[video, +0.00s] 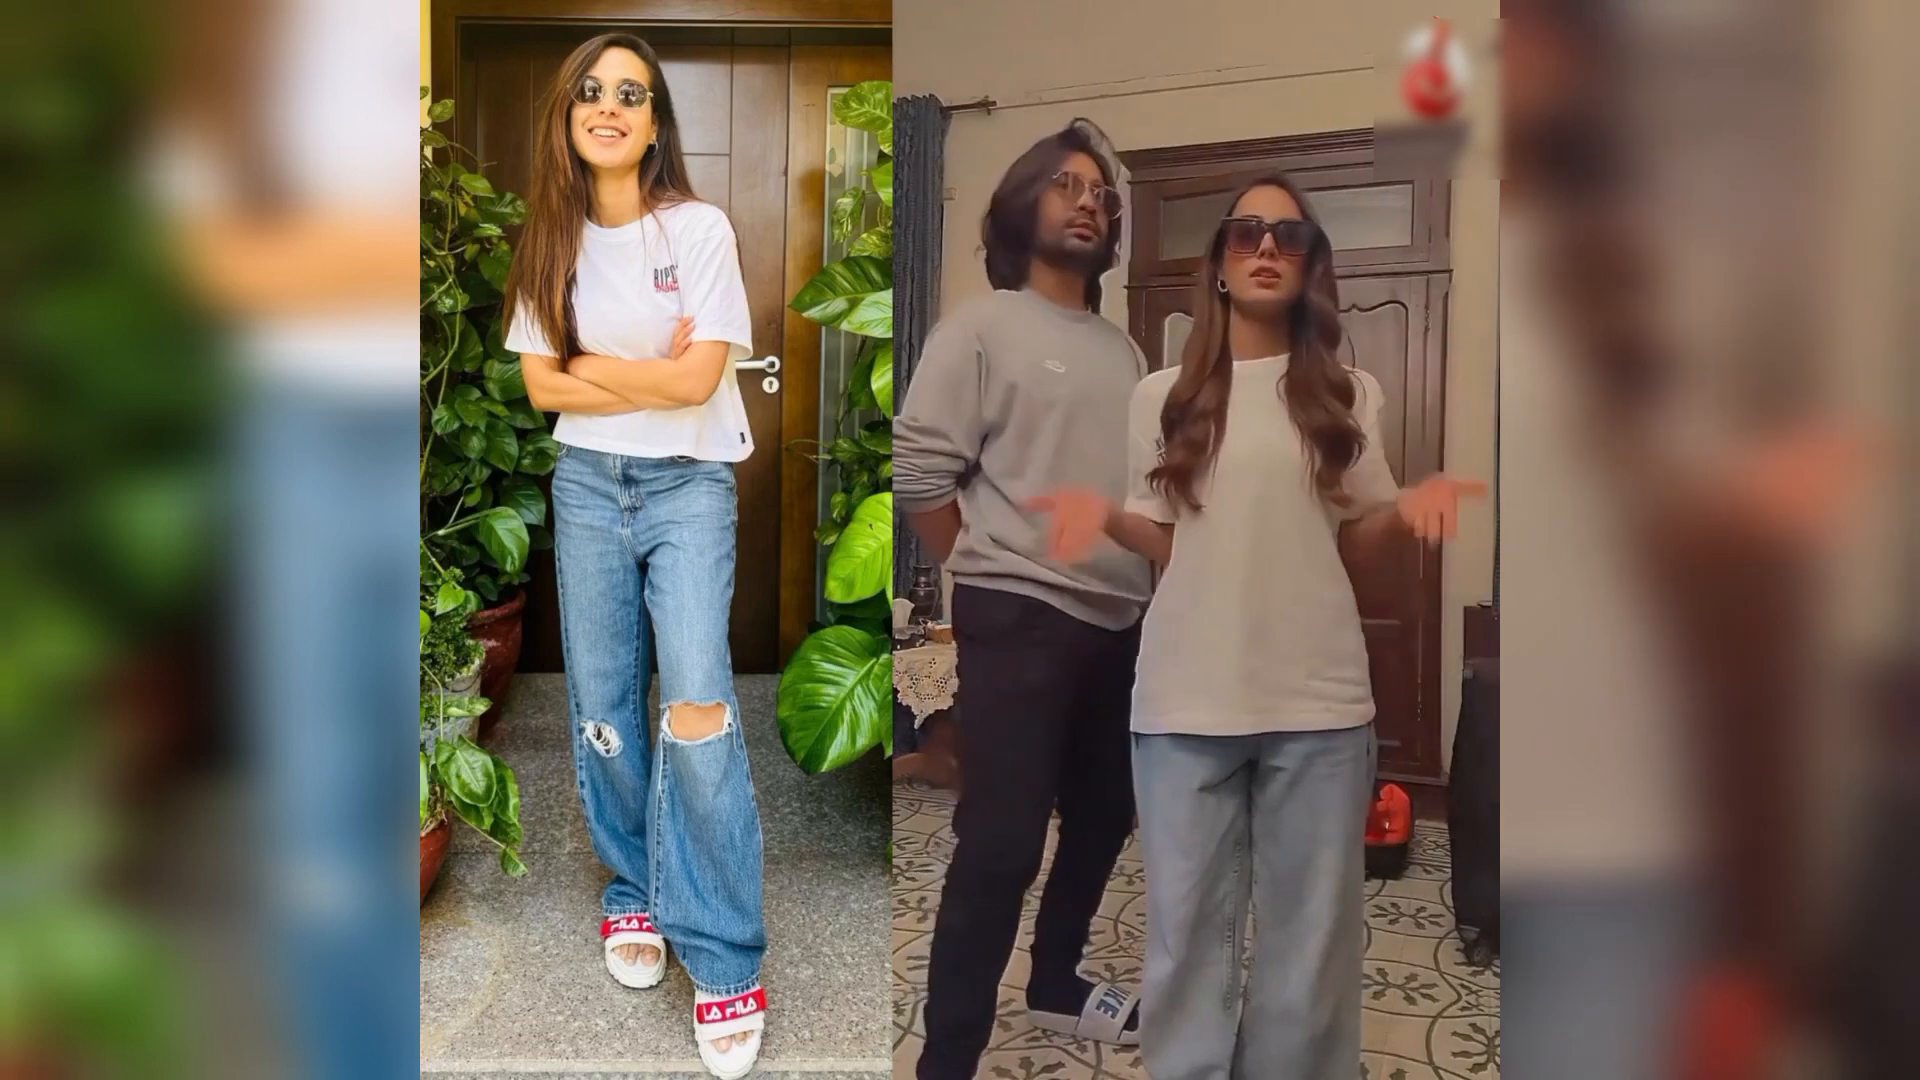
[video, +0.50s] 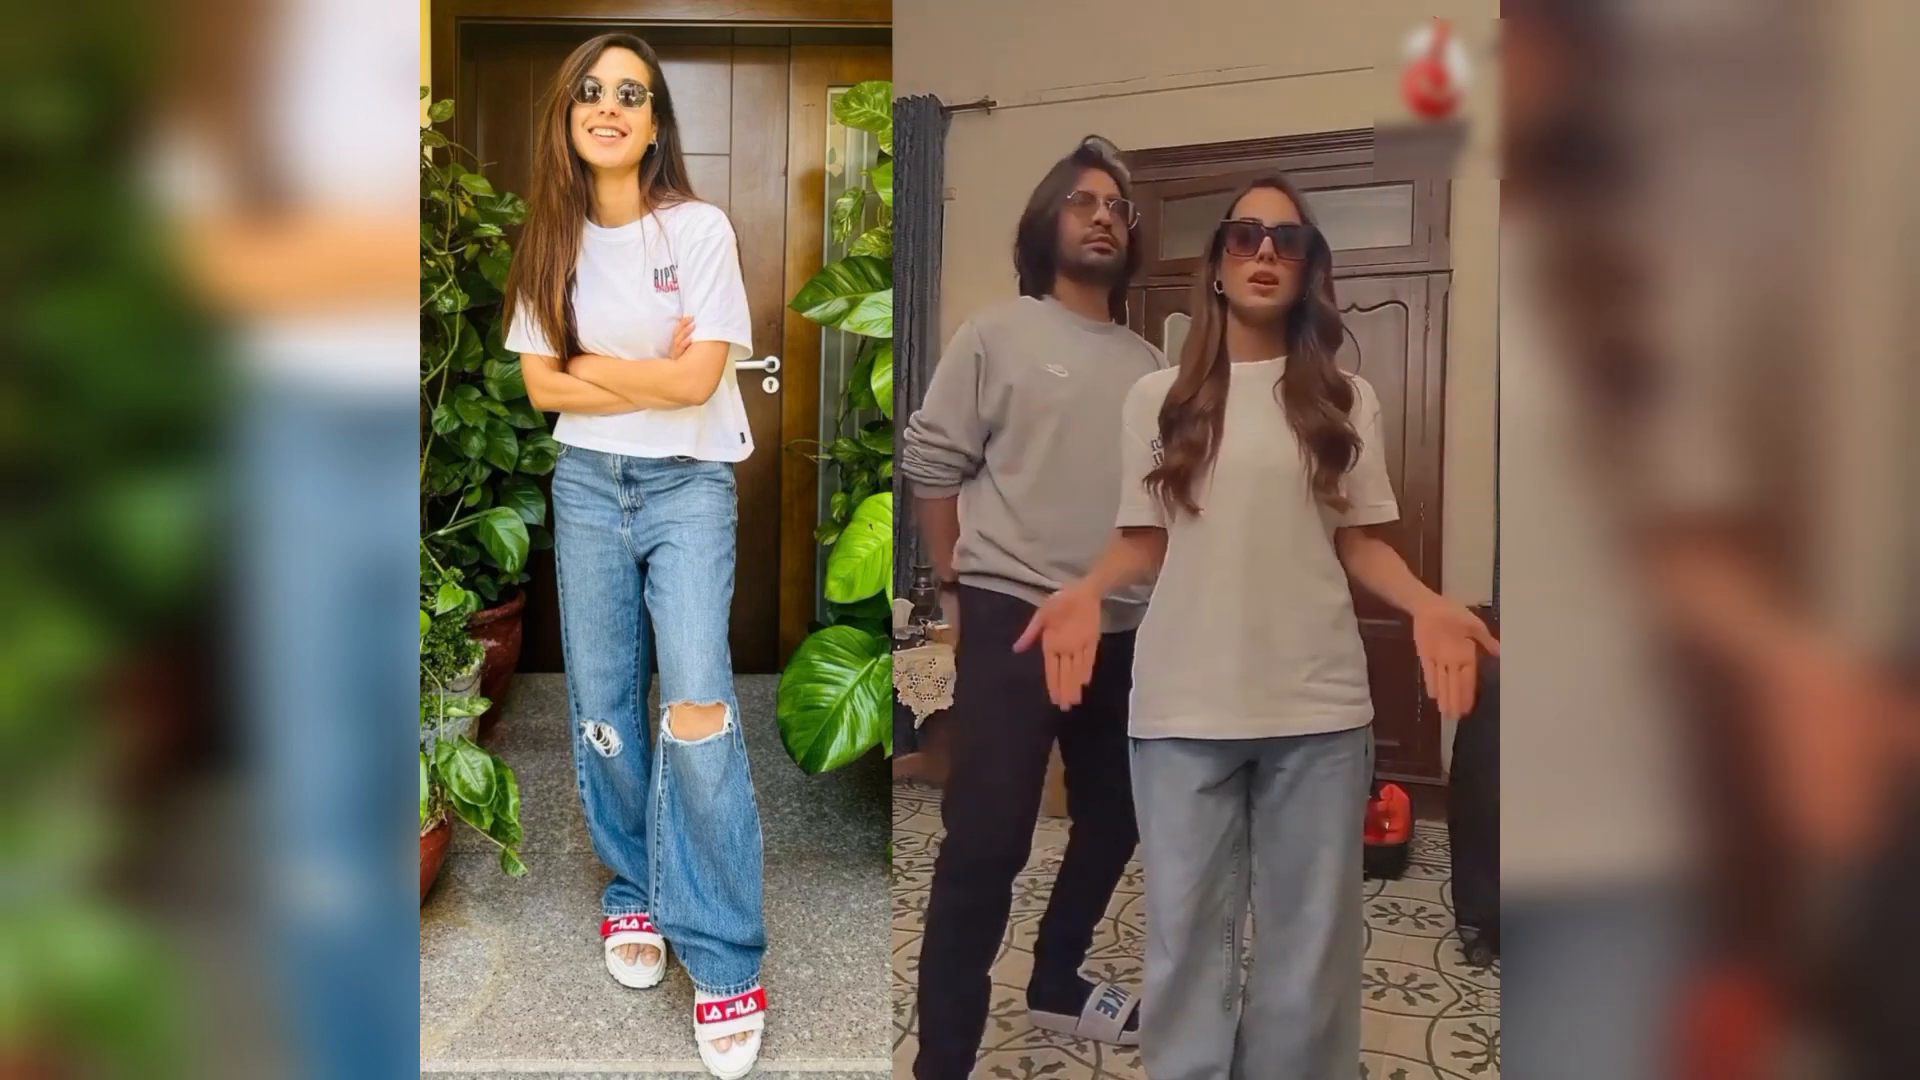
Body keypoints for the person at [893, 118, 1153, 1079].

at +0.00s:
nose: (1087, 204)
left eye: (1100, 193)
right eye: (1066, 187)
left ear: (1113, 222)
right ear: (1020, 205)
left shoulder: (1123, 350)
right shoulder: (978, 326)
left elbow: (1141, 484)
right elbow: (919, 478)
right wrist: (985, 587)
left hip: (1112, 618)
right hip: (1013, 610)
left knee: (1103, 812)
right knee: (1001, 842)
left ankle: (1055, 987)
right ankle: (948, 1061)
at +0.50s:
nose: (1105, 218)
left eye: (1119, 207)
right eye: (1085, 204)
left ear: (1134, 233)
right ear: (1045, 225)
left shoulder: (1152, 361)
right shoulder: (994, 337)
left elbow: (1172, 496)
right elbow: (930, 464)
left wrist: (1162, 598)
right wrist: (952, 586)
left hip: (1124, 621)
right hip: (1009, 611)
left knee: (1112, 821)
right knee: (987, 840)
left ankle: (1057, 990)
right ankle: (942, 1062)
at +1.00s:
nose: (1103, 242)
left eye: (1112, 232)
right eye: (1083, 230)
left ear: (1125, 258)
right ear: (1043, 255)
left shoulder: (1154, 373)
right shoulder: (1007, 353)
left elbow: (1186, 493)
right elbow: (954, 453)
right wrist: (884, 448)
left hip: (1129, 621)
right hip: (1025, 606)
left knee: (1125, 831)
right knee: (995, 828)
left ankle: (1057, 989)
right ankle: (943, 1062)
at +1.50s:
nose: (1137, 225)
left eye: (1136, 213)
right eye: (1115, 210)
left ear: (1128, 238)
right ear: (1063, 226)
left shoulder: (1121, 355)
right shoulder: (996, 326)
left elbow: (1129, 487)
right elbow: (941, 464)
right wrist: (938, 597)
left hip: (1112, 614)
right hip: (1020, 606)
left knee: (1105, 812)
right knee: (1002, 830)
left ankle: (1056, 991)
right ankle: (948, 1061)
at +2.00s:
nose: (1129, 243)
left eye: (1130, 228)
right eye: (1120, 228)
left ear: (1057, 236)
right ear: (1081, 235)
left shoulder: (1125, 345)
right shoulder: (993, 321)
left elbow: (1212, 369)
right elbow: (941, 461)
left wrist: (1182, 263)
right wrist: (947, 602)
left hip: (1123, 621)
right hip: (1026, 614)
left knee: (1101, 814)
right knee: (1001, 836)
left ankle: (1055, 992)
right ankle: (946, 1058)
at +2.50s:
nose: (1113, 236)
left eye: (1128, 231)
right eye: (1098, 218)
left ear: (1135, 262)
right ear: (1054, 232)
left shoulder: (1146, 346)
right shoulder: (995, 325)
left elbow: (1224, 324)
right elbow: (937, 456)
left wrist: (1189, 220)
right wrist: (950, 596)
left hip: (1128, 621)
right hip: (1025, 610)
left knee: (1110, 816)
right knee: (1005, 830)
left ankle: (1057, 992)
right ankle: (945, 1058)